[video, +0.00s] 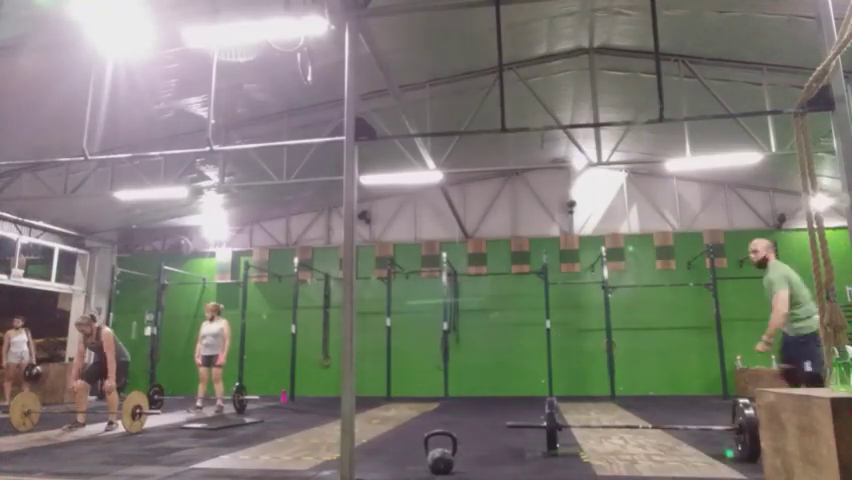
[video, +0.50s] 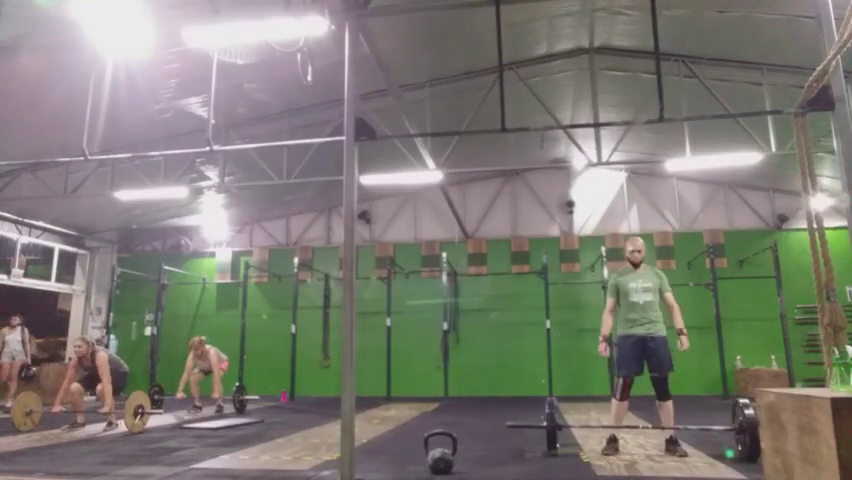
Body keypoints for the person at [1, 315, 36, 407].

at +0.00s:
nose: (16, 323)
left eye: (18, 321)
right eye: (15, 321)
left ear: (22, 322)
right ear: (12, 322)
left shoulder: (26, 331)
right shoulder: (9, 333)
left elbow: (31, 345)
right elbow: (5, 347)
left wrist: (33, 357)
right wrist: (4, 359)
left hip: (25, 358)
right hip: (11, 358)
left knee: (26, 379)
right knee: (8, 379)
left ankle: (26, 399)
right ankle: (7, 400)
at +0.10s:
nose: (16, 323)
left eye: (18, 322)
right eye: (15, 321)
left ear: (22, 323)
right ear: (13, 322)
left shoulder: (26, 332)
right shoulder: (9, 333)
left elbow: (31, 345)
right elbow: (5, 347)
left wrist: (33, 357)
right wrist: (3, 359)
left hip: (25, 358)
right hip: (11, 358)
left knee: (26, 379)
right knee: (8, 379)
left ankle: (26, 399)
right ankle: (7, 400)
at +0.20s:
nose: (16, 323)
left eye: (18, 321)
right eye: (15, 321)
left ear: (22, 322)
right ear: (12, 322)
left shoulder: (26, 331)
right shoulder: (8, 333)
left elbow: (31, 345)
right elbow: (5, 347)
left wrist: (33, 357)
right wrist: (3, 359)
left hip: (24, 358)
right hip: (11, 358)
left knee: (26, 379)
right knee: (8, 379)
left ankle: (27, 400)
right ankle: (7, 400)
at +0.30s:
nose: (12, 323)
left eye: (14, 321)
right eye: (11, 321)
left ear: (18, 322)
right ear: (8, 322)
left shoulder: (23, 331)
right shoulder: (5, 333)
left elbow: (28, 344)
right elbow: (2, 347)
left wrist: (30, 357)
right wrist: (1, 358)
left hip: (21, 356)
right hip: (8, 356)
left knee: (23, 378)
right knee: (7, 378)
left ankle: (26, 398)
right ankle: (7, 400)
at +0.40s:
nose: (10, 323)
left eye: (12, 321)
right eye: (8, 321)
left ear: (16, 322)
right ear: (6, 322)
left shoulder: (20, 330)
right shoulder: (3, 333)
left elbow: (26, 344)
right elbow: (1, 346)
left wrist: (27, 356)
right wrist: (1, 359)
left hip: (18, 354)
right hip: (6, 354)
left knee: (14, 376)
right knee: (6, 377)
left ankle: (12, 400)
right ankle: (7, 399)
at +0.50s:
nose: (14, 321)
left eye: (16, 319)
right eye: (12, 319)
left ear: (19, 321)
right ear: (9, 320)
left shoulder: (23, 330)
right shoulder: (4, 331)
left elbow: (27, 344)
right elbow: (2, 345)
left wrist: (28, 357)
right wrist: (1, 355)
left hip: (18, 354)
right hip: (6, 354)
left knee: (13, 377)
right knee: (3, 378)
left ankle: (10, 399)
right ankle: (8, 396)